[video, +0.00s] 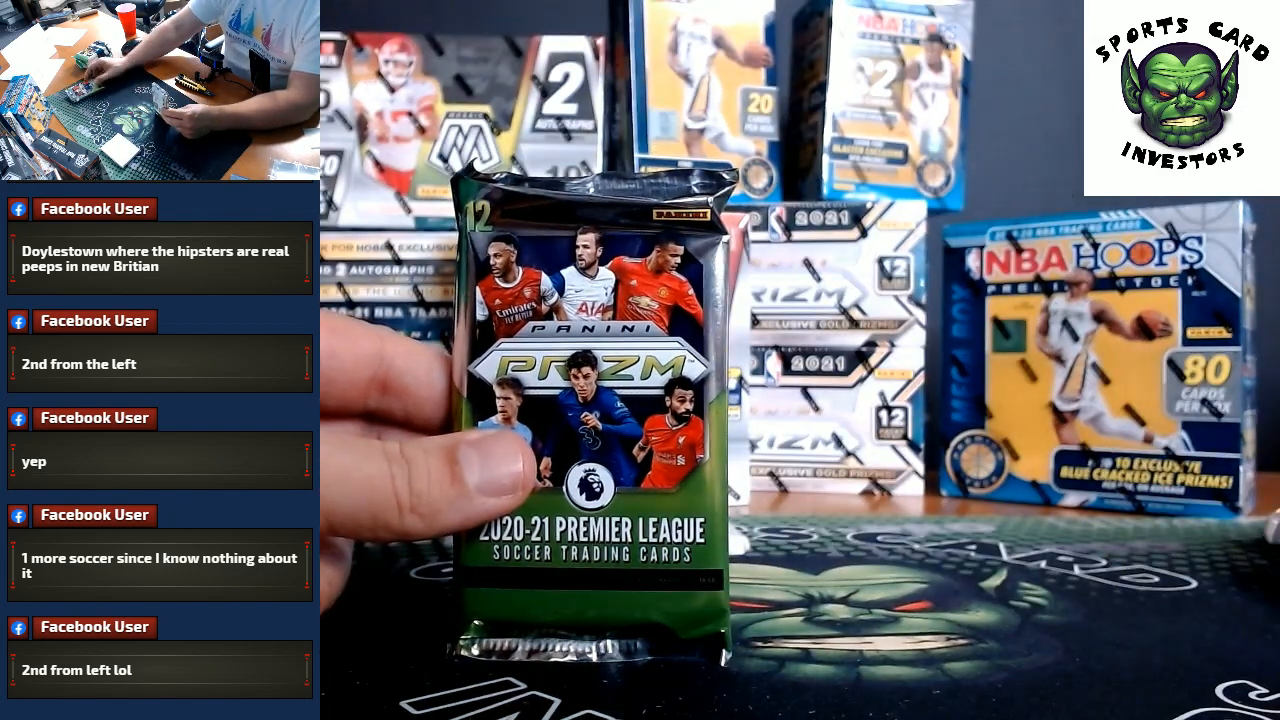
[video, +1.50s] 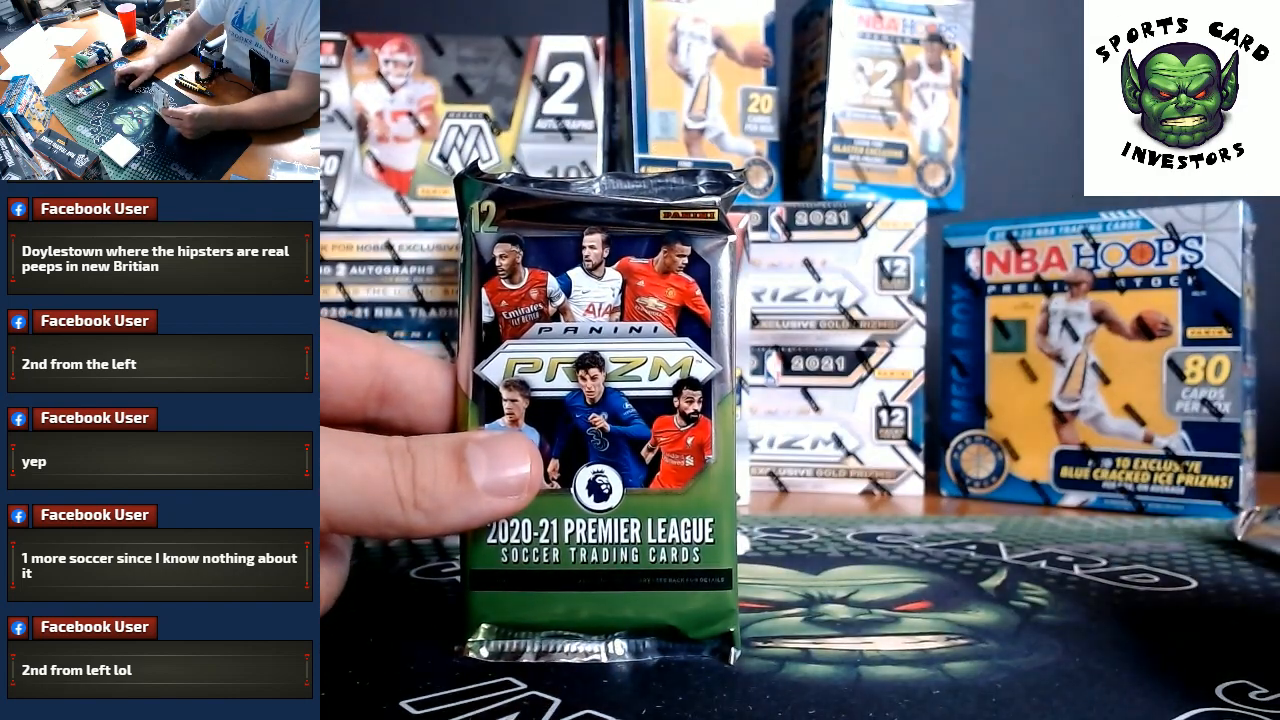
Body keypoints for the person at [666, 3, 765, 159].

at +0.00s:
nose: (694, 11)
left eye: (697, 8)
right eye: (688, 7)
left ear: (702, 8)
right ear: (683, 6)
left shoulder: (712, 31)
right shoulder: (679, 25)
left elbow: (734, 54)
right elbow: (671, 53)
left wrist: (756, 59)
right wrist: (678, 70)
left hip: (706, 84)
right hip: (692, 85)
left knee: (692, 138)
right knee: (724, 142)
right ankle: (757, 152)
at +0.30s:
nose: (695, 11)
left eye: (698, 8)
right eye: (690, 7)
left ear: (704, 8)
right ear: (685, 7)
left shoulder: (712, 31)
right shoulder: (679, 25)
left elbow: (734, 54)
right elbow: (671, 53)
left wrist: (756, 59)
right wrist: (678, 70)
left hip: (706, 84)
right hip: (691, 85)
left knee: (692, 139)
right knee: (724, 142)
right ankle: (757, 152)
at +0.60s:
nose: (694, 11)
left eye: (698, 8)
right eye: (689, 7)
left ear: (703, 8)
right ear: (684, 6)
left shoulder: (712, 31)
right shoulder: (679, 25)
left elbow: (734, 54)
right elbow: (671, 53)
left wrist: (757, 59)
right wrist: (678, 70)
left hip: (706, 84)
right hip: (692, 85)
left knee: (692, 138)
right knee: (724, 142)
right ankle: (758, 152)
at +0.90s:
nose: (695, 11)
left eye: (698, 8)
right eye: (690, 6)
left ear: (704, 8)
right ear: (684, 6)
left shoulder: (712, 31)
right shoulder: (679, 25)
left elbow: (735, 54)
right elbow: (671, 53)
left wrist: (758, 59)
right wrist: (678, 70)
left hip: (706, 83)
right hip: (692, 85)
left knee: (692, 138)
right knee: (724, 142)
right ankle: (758, 153)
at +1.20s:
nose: (694, 11)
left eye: (697, 8)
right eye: (688, 7)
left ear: (702, 8)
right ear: (683, 7)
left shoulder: (712, 31)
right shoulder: (679, 25)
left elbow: (734, 54)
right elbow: (671, 53)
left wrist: (757, 59)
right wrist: (678, 70)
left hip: (706, 84)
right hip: (692, 85)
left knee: (692, 138)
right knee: (724, 142)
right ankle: (758, 153)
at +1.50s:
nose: (694, 11)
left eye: (697, 8)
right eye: (689, 7)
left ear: (703, 8)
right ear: (684, 6)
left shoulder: (712, 31)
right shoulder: (679, 25)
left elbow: (734, 54)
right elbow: (671, 53)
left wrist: (757, 59)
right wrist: (678, 70)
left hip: (706, 84)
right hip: (692, 85)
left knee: (692, 138)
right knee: (724, 142)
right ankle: (757, 152)